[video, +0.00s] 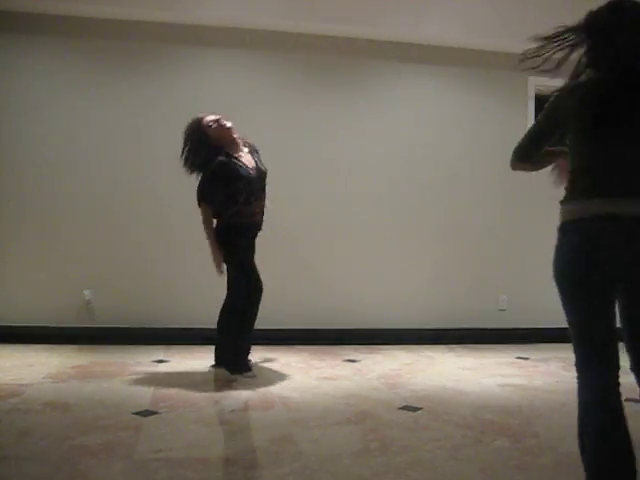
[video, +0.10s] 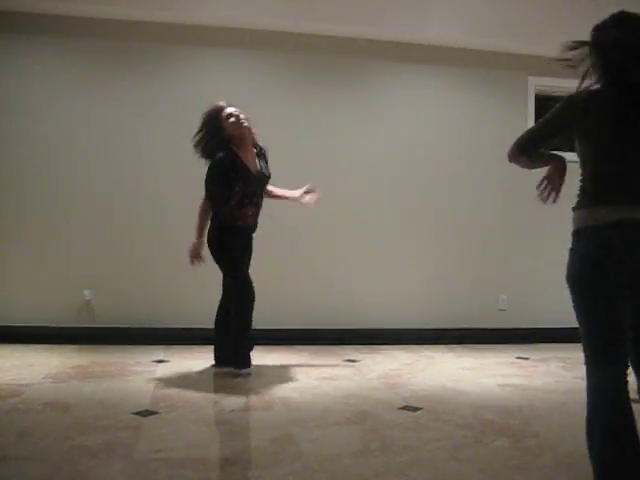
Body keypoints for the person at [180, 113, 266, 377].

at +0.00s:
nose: (221, 120)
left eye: (218, 117)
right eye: (213, 123)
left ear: (228, 124)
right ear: (210, 140)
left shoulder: (249, 150)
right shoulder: (217, 166)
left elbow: (254, 189)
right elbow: (205, 208)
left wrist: (257, 219)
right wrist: (215, 248)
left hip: (248, 232)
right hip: (231, 235)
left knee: (238, 292)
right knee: (252, 289)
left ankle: (227, 355)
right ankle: (234, 357)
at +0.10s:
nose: (239, 117)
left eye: (238, 113)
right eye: (230, 117)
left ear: (247, 119)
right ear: (224, 133)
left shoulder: (258, 152)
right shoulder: (222, 162)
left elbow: (259, 187)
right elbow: (207, 203)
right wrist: (198, 239)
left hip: (244, 236)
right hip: (224, 237)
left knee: (231, 294)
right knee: (244, 292)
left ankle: (225, 357)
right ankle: (237, 359)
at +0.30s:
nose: (257, 117)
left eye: (258, 112)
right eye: (249, 115)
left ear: (264, 120)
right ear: (238, 125)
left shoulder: (266, 152)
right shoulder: (228, 153)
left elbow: (289, 185)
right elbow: (194, 177)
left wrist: (294, 200)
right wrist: (194, 205)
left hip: (245, 231)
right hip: (217, 232)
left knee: (267, 288)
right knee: (231, 298)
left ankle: (233, 320)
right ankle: (234, 363)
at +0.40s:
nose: (260, 117)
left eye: (262, 113)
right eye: (252, 114)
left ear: (266, 121)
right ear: (240, 124)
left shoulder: (268, 156)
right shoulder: (225, 150)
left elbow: (271, 199)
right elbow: (207, 188)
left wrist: (254, 226)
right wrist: (236, 222)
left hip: (245, 226)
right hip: (218, 227)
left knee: (284, 270)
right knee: (229, 292)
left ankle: (245, 283)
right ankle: (225, 361)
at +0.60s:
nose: (260, 118)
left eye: (263, 114)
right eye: (253, 114)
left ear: (267, 123)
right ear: (241, 123)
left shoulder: (266, 154)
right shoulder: (227, 145)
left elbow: (252, 190)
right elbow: (241, 177)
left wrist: (248, 218)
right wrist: (270, 198)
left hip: (245, 222)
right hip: (219, 224)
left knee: (277, 250)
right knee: (225, 292)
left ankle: (261, 314)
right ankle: (226, 359)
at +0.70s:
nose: (262, 109)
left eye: (265, 105)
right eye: (256, 104)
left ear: (269, 111)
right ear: (242, 109)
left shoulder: (269, 141)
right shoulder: (226, 134)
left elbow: (267, 182)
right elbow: (230, 175)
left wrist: (273, 222)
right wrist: (242, 211)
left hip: (252, 217)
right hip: (220, 218)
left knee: (254, 286)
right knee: (228, 287)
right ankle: (230, 361)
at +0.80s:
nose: (259, 114)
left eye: (262, 110)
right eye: (253, 109)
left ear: (265, 115)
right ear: (238, 113)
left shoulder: (267, 147)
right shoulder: (218, 142)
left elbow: (277, 189)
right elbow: (209, 182)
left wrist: (295, 225)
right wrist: (203, 217)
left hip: (255, 228)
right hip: (221, 227)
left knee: (240, 295)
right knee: (234, 295)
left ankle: (233, 368)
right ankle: (247, 351)